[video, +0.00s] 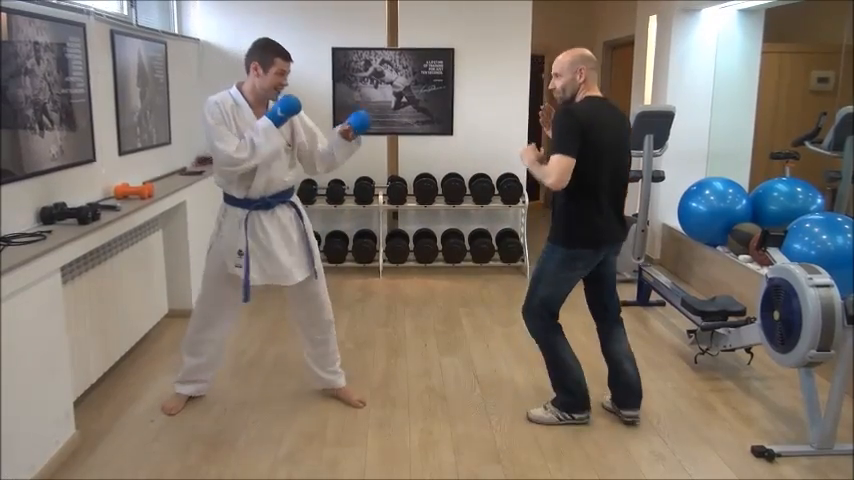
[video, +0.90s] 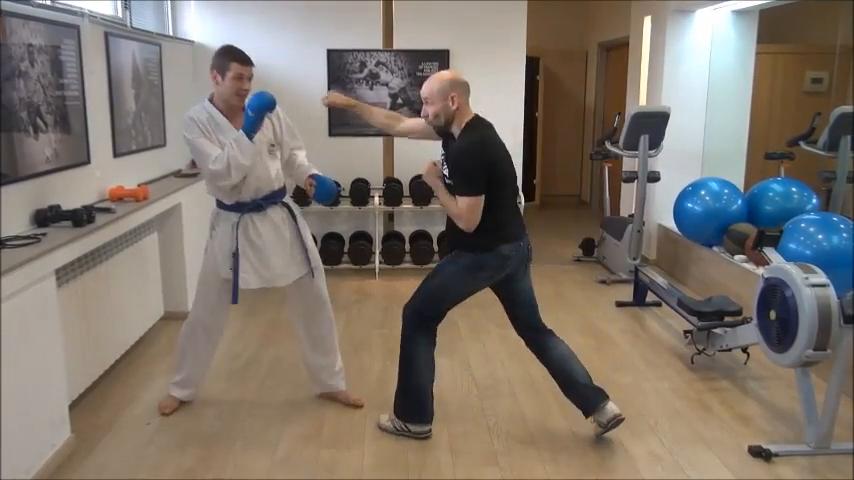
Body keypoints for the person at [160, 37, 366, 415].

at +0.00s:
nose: (284, 82)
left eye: (287, 75)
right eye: (279, 73)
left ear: (267, 73)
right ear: (255, 69)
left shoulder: (286, 111)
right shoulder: (219, 107)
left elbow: (319, 161)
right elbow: (233, 160)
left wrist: (344, 136)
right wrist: (272, 120)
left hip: (286, 215)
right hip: (238, 218)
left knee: (316, 303)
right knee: (212, 304)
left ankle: (332, 379)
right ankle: (189, 385)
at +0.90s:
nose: (246, 86)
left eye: (249, 80)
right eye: (238, 79)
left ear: (253, 82)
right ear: (215, 78)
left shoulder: (268, 113)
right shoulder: (197, 121)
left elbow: (292, 156)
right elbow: (222, 175)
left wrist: (312, 179)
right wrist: (248, 130)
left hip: (281, 216)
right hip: (232, 222)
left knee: (315, 299)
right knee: (206, 311)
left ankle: (330, 382)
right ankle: (182, 388)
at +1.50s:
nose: (272, 103)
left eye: (274, 96)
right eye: (265, 95)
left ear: (274, 98)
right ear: (240, 95)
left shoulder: (285, 136)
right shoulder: (213, 138)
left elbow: (306, 192)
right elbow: (227, 198)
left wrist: (330, 198)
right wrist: (262, 159)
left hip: (293, 232)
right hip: (241, 239)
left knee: (354, 293)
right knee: (200, 319)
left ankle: (358, 370)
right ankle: (174, 384)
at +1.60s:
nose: (309, 98)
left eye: (312, 91)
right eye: (303, 91)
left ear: (313, 93)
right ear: (279, 91)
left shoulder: (324, 128)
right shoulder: (252, 134)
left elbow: (352, 167)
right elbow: (256, 195)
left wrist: (382, 158)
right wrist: (287, 155)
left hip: (324, 231)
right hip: (273, 235)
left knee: (385, 287)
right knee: (223, 311)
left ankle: (410, 367)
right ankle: (179, 384)